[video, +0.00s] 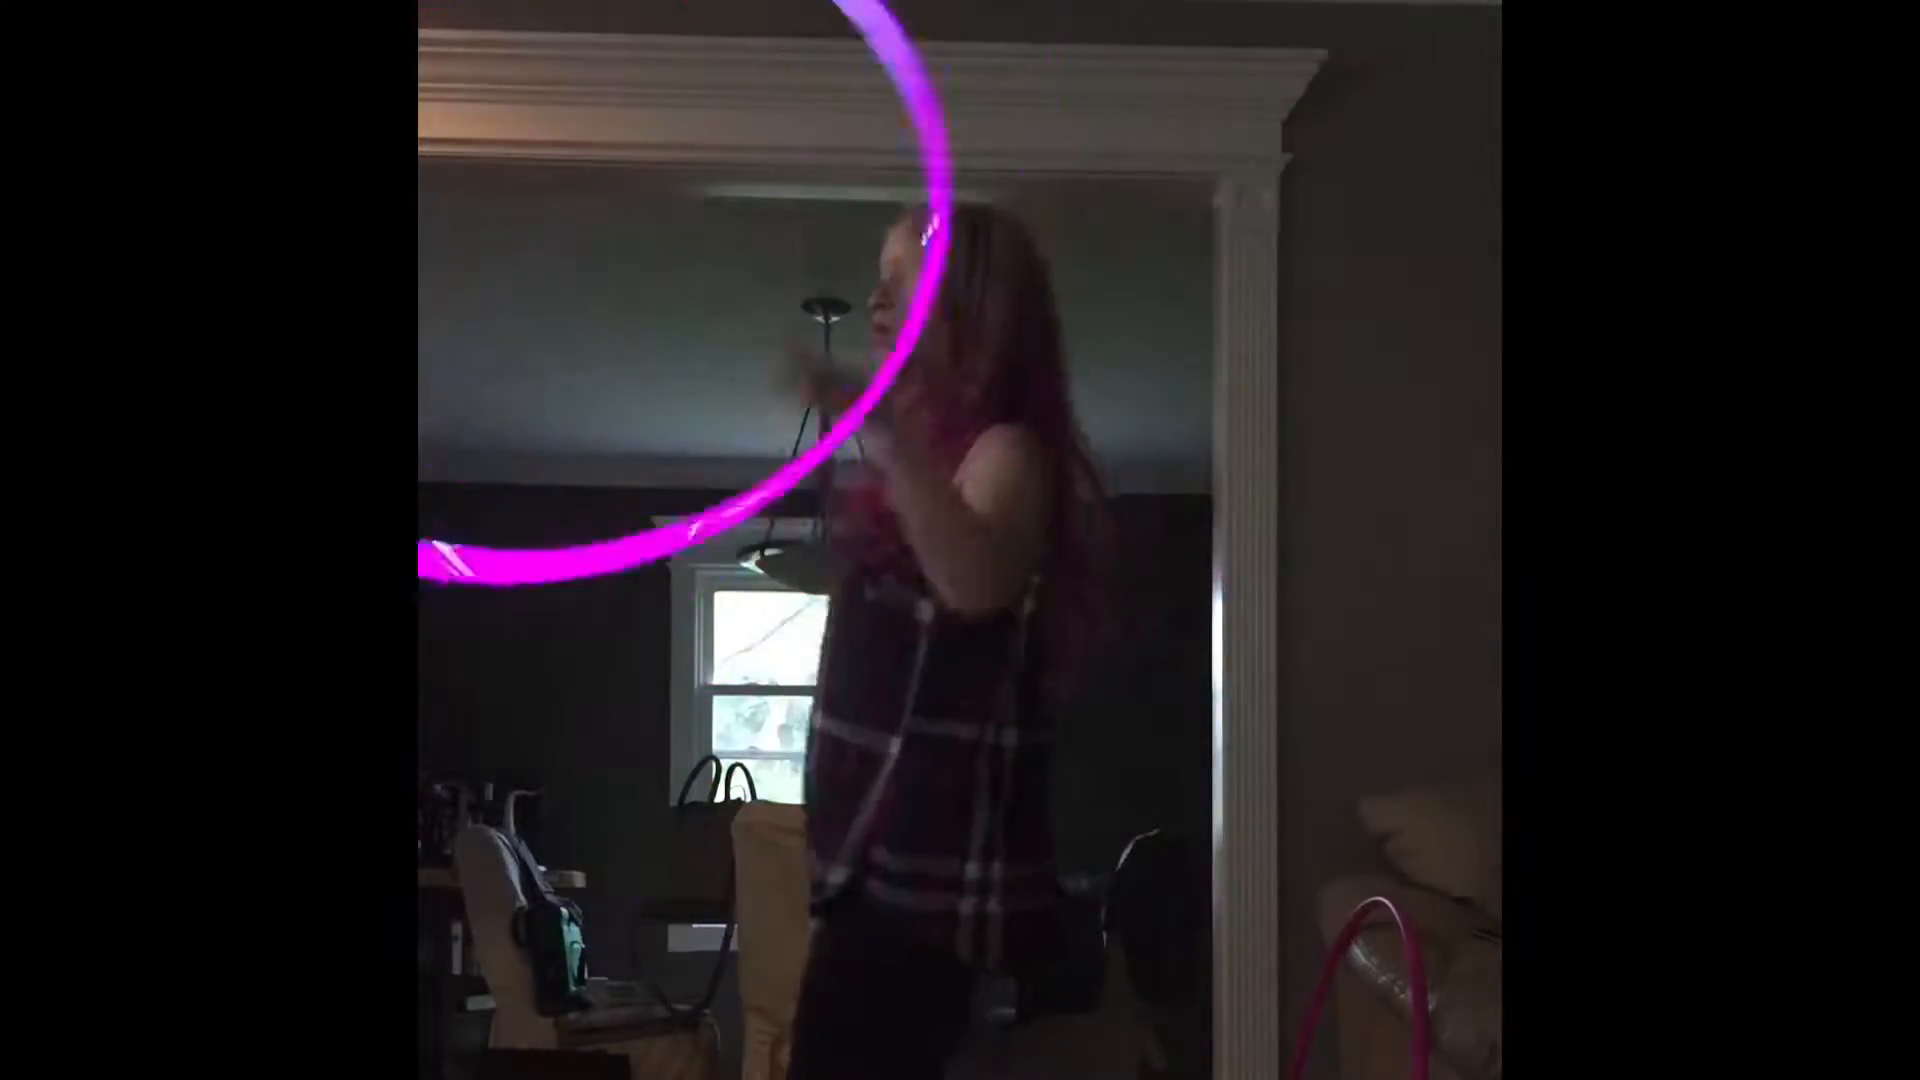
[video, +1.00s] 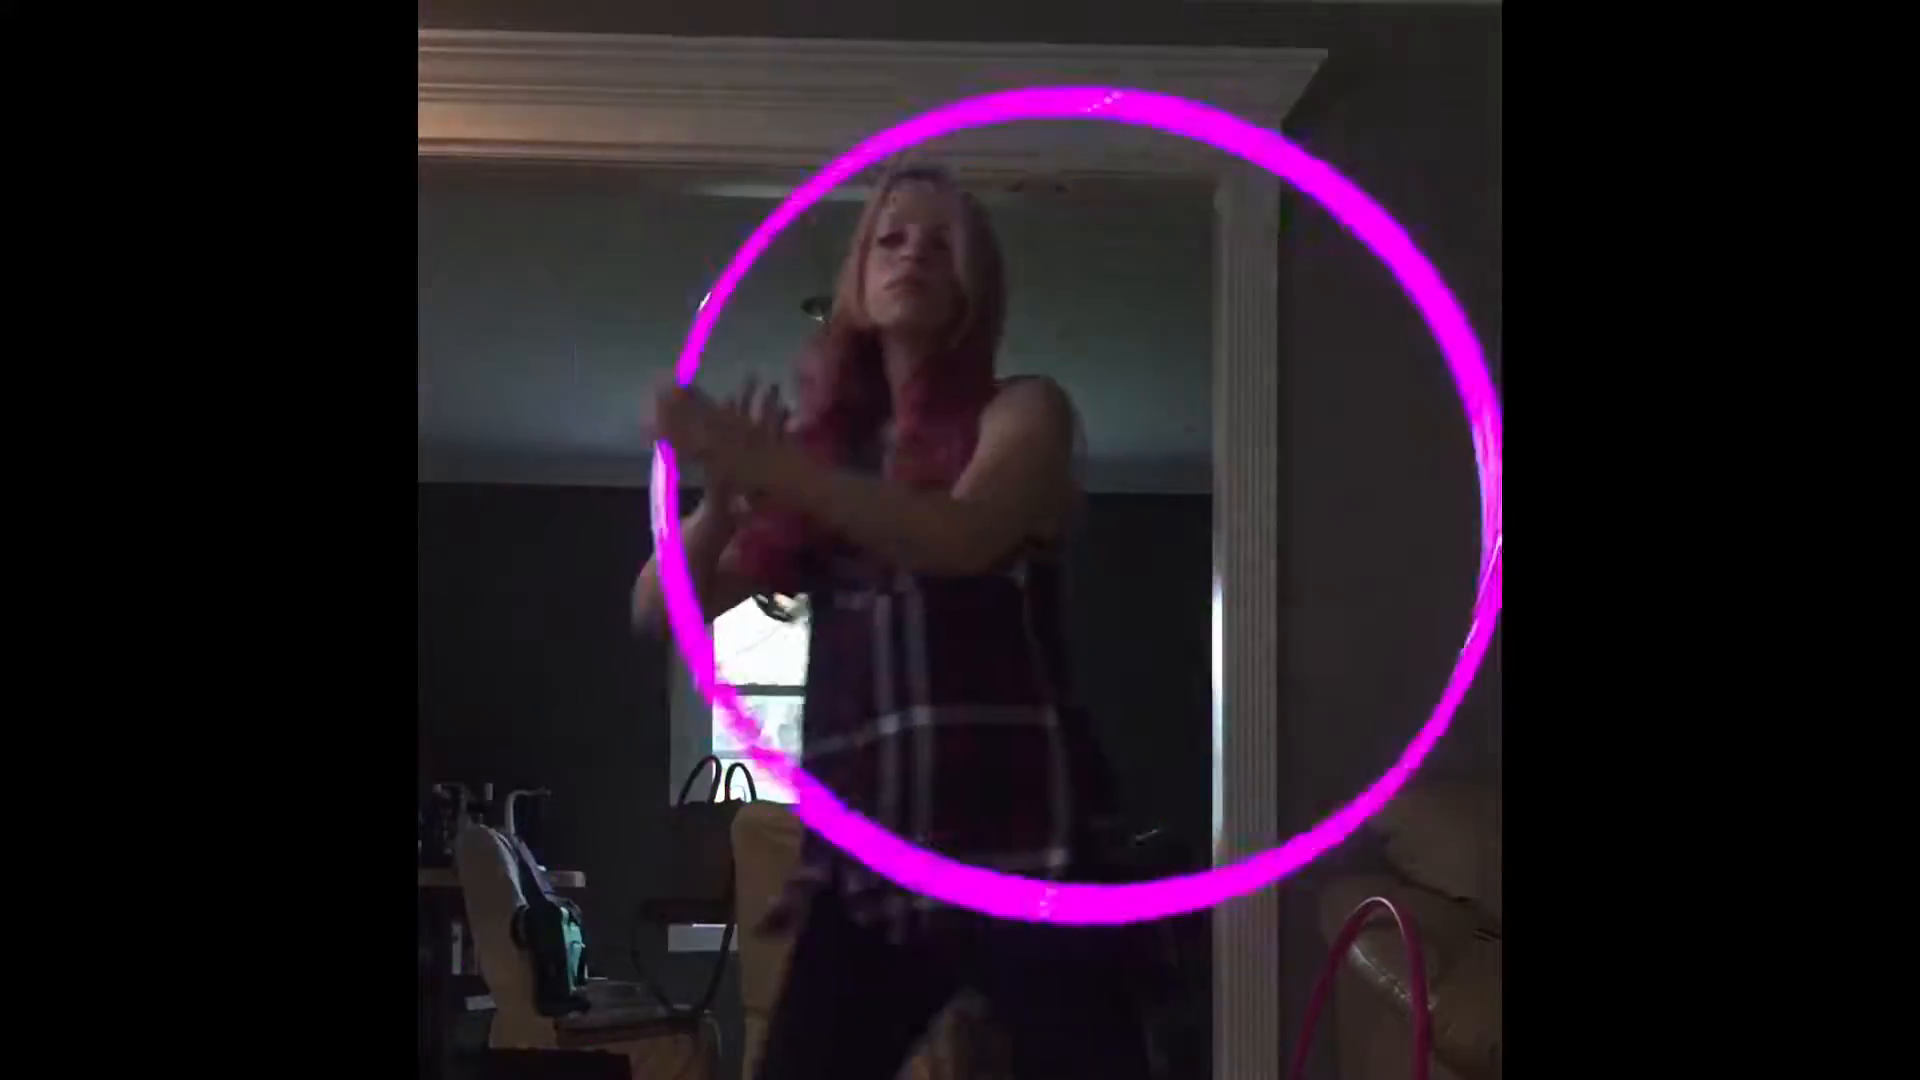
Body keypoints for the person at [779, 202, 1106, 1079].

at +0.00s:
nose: (879, 316)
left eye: (901, 296)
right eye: (881, 295)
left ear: (971, 310)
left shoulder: (1008, 447)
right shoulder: (937, 442)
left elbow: (980, 582)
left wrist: (898, 436)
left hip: (930, 879)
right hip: (878, 861)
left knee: (848, 1058)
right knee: (842, 1053)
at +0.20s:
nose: (824, 312)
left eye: (849, 286)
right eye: (822, 289)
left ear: (922, 310)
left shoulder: (976, 450)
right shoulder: (833, 467)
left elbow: (845, 441)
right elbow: (809, 688)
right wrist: (739, 803)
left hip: (885, 884)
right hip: (787, 864)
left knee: (807, 1061)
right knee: (703, 1054)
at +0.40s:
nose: (772, 284)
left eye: (797, 265)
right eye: (767, 268)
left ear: (865, 283)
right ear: (763, 289)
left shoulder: (928, 434)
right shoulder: (782, 447)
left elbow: (801, 575)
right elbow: (765, 670)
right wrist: (702, 802)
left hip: (869, 863)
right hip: (746, 847)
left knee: (810, 1063)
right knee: (679, 1061)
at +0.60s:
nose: (758, 266)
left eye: (787, 250)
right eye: (745, 252)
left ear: (842, 279)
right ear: (728, 280)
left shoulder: (897, 431)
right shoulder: (721, 440)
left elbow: (991, 614)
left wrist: (824, 656)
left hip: (837, 856)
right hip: (696, 844)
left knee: (786, 1062)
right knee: (657, 1057)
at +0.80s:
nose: (807, 269)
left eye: (836, 254)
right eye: (789, 254)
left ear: (887, 289)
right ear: (761, 294)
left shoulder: (929, 435)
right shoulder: (725, 459)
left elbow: (1066, 488)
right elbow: (712, 653)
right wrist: (641, 723)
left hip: (881, 850)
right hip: (721, 844)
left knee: (920, 1064)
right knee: (683, 1065)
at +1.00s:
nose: (912, 255)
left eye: (942, 244)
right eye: (891, 239)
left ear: (977, 282)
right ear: (854, 278)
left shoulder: (1024, 409)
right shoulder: (820, 437)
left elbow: (972, 536)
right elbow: (657, 610)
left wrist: (767, 468)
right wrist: (725, 505)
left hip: (1039, 865)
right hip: (869, 865)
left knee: (1093, 1067)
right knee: (798, 1068)